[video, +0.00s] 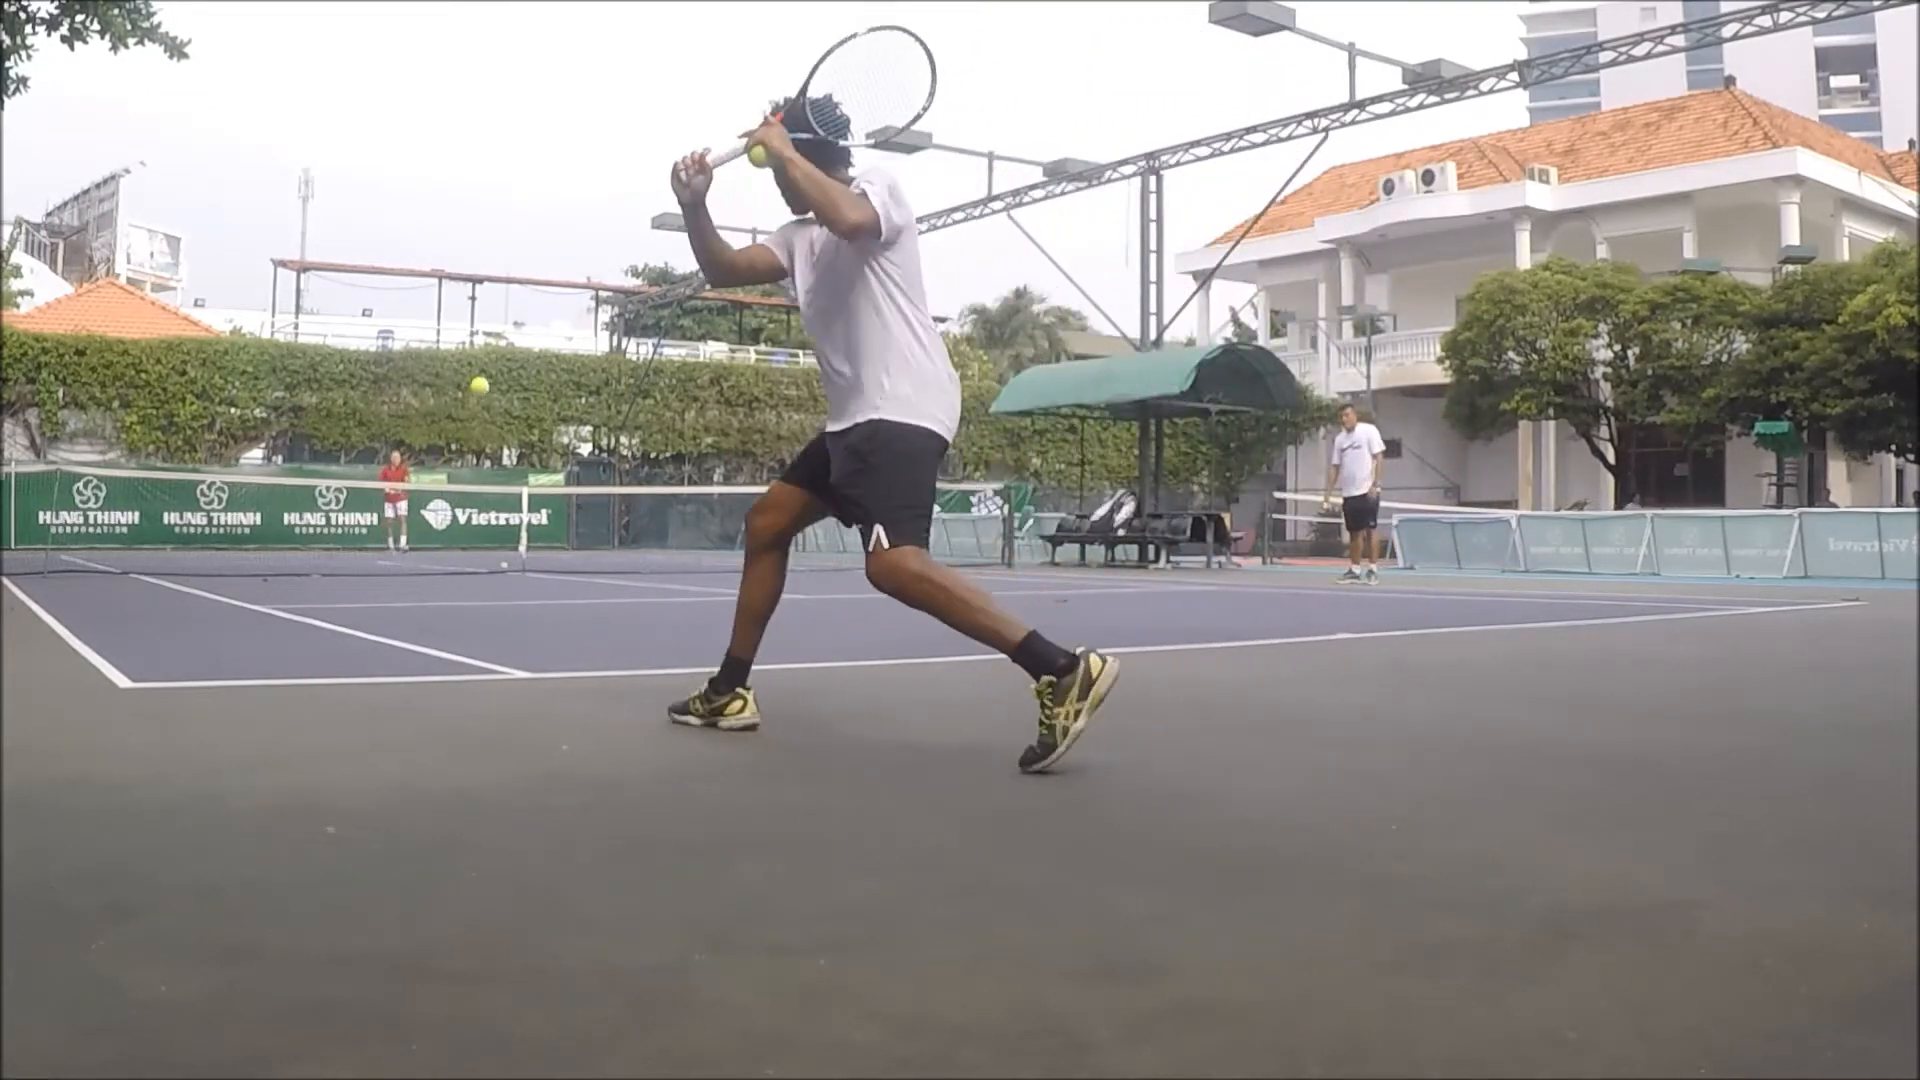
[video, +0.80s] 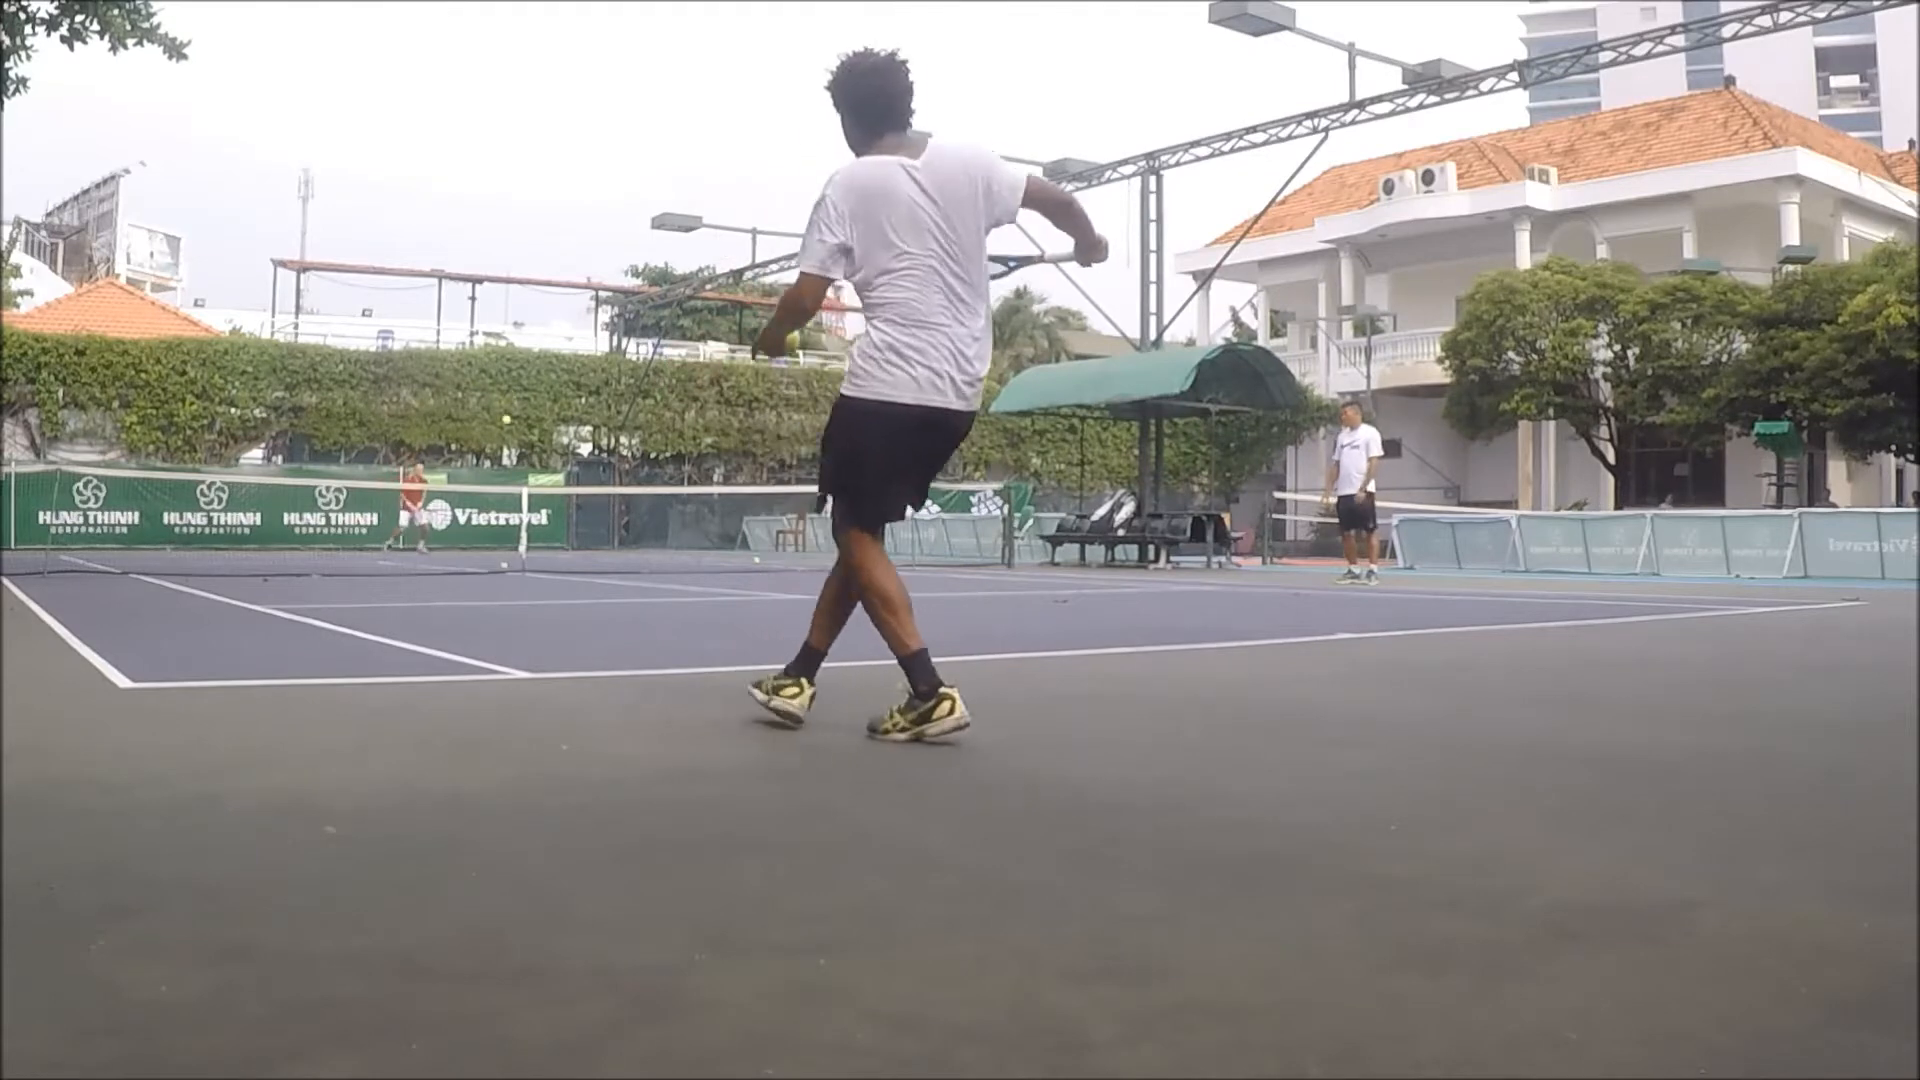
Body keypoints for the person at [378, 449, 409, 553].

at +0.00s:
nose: (396, 460)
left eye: (397, 457)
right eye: (394, 457)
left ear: (400, 459)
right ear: (390, 459)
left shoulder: (404, 469)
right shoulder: (385, 469)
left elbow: (406, 483)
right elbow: (381, 482)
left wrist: (399, 489)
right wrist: (388, 490)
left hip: (401, 498)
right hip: (389, 498)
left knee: (402, 518)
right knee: (389, 520)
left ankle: (403, 542)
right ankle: (390, 540)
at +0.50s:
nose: (407, 461)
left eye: (409, 458)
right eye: (405, 458)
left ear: (411, 460)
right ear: (400, 459)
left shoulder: (412, 470)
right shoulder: (395, 470)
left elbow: (414, 483)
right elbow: (391, 484)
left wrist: (407, 494)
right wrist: (399, 495)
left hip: (408, 494)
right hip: (396, 495)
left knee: (412, 517)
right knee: (392, 517)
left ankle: (412, 542)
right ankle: (387, 542)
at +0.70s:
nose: (416, 472)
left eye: (417, 469)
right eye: (414, 469)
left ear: (418, 471)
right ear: (409, 470)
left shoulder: (419, 482)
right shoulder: (400, 481)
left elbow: (419, 495)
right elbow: (395, 493)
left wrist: (415, 504)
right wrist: (404, 504)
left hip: (413, 508)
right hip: (401, 509)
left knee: (422, 527)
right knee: (395, 528)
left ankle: (421, 544)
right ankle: (386, 543)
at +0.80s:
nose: (420, 472)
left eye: (422, 470)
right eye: (419, 469)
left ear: (422, 471)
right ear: (414, 470)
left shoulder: (423, 481)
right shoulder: (407, 480)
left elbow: (424, 494)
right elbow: (402, 494)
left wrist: (420, 503)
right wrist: (410, 505)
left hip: (417, 507)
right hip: (406, 507)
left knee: (424, 526)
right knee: (402, 526)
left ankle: (421, 545)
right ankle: (390, 541)